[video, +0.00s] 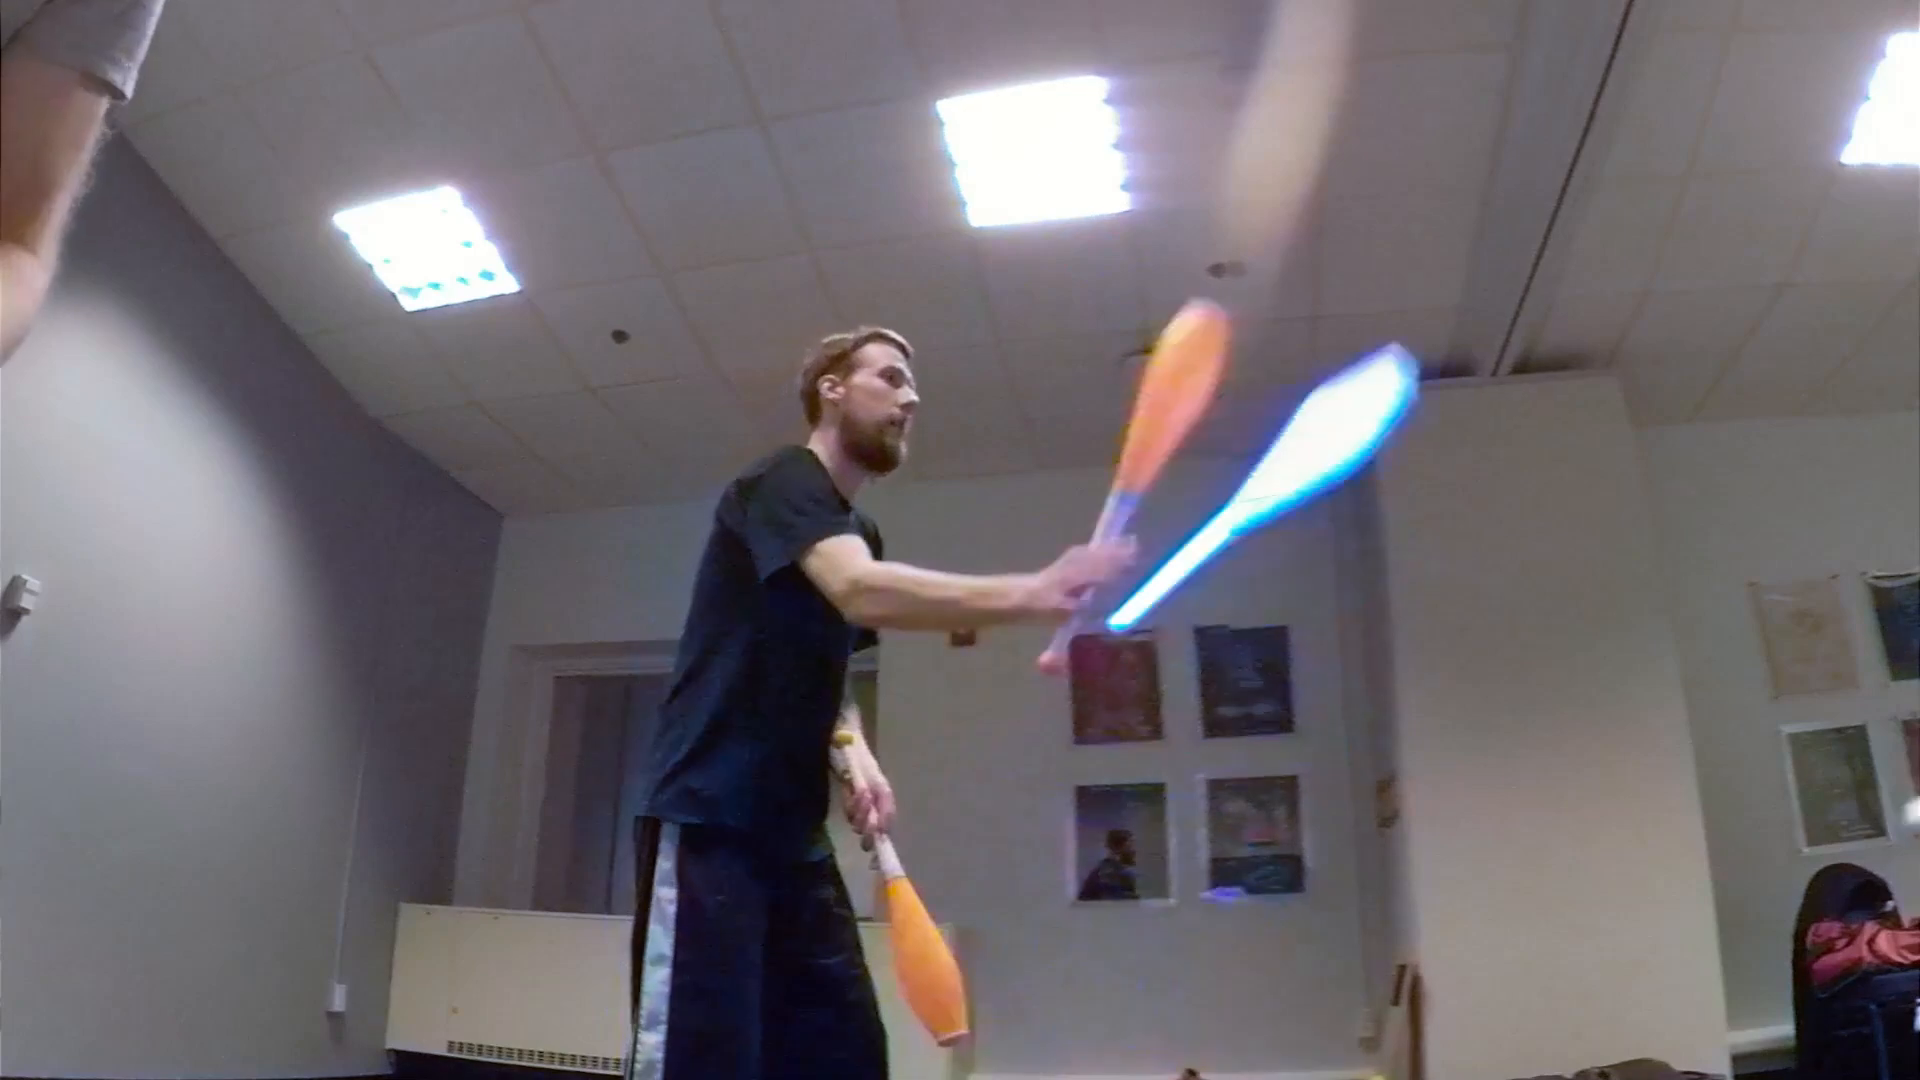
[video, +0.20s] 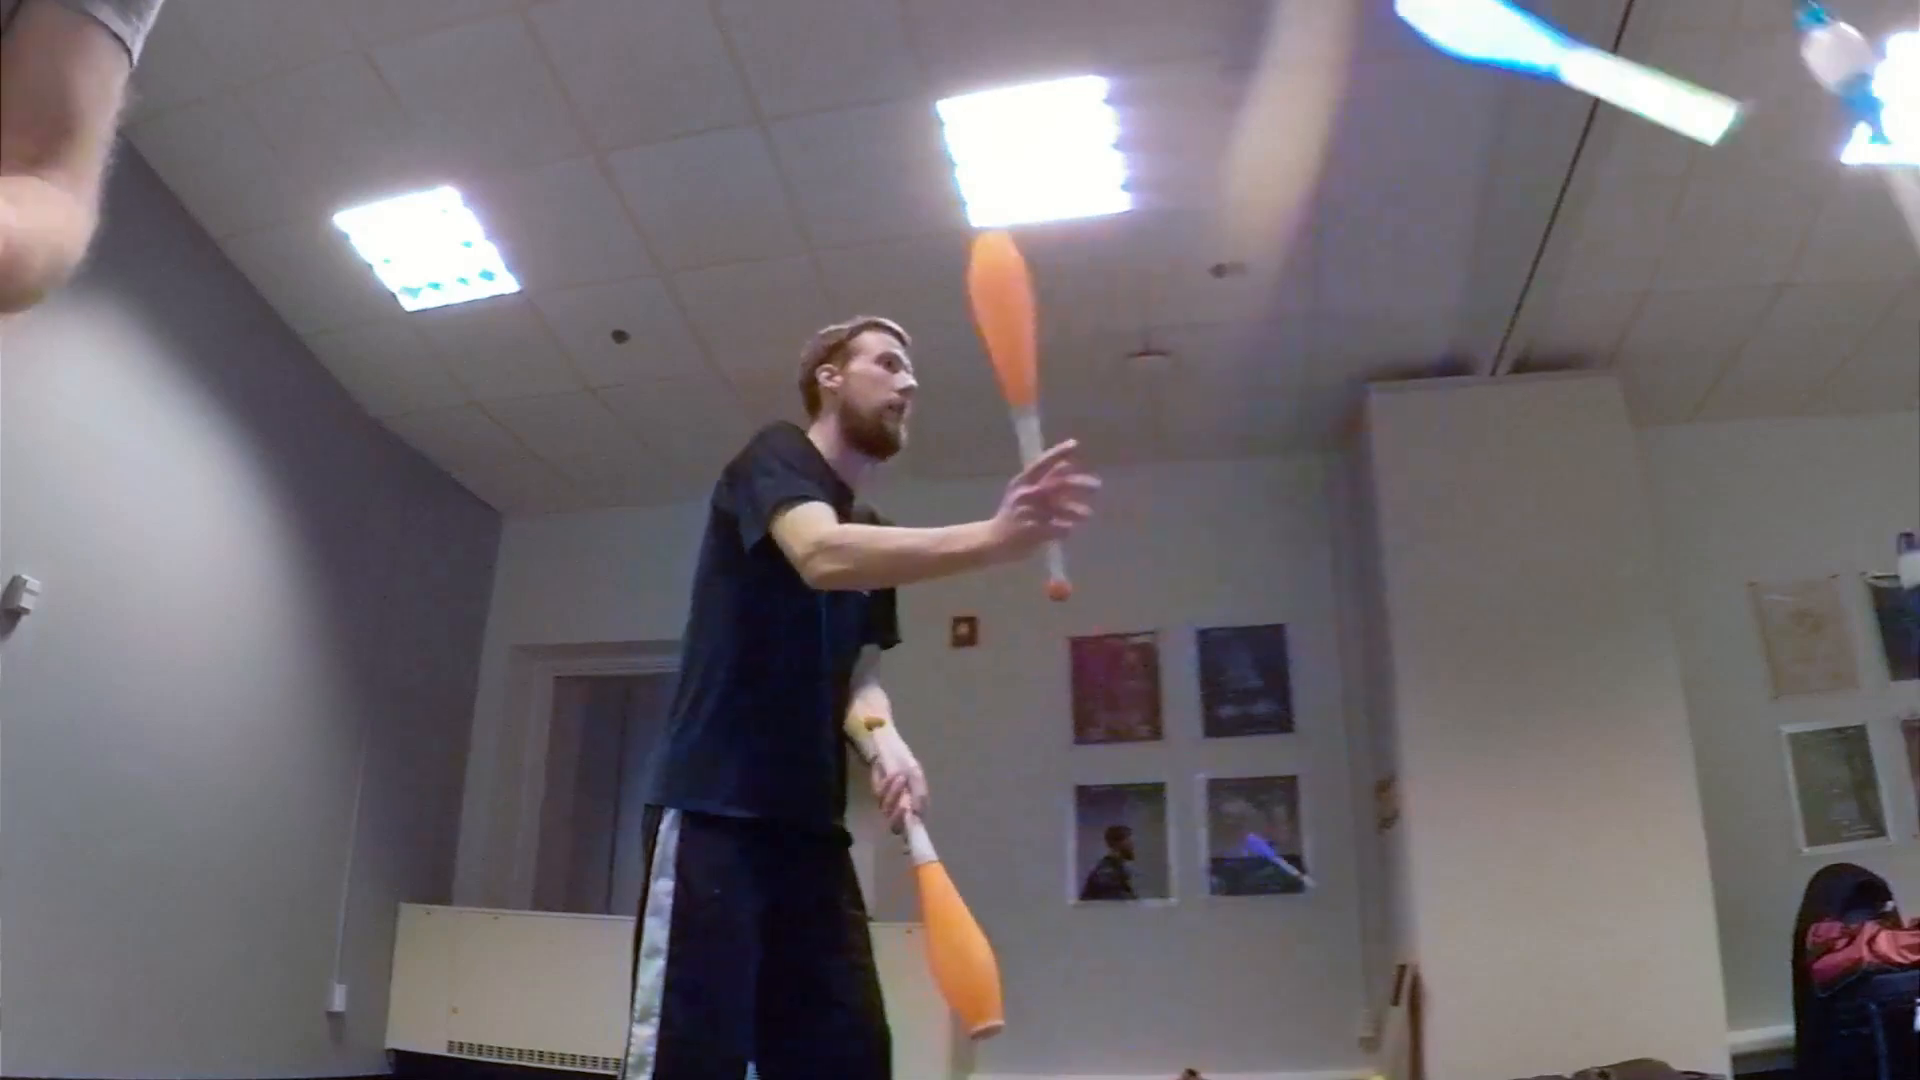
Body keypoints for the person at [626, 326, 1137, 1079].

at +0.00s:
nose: (910, 396)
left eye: (912, 386)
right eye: (889, 377)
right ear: (830, 391)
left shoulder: (848, 536)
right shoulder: (781, 481)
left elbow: (817, 678)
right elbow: (857, 588)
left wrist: (855, 758)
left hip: (788, 829)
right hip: (704, 821)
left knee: (842, 1050)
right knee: (698, 1055)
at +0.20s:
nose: (909, 385)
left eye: (911, 375)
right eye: (888, 363)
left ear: (904, 409)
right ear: (828, 376)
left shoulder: (868, 537)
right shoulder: (776, 453)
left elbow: (855, 679)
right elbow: (820, 555)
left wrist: (883, 740)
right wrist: (995, 535)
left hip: (809, 832)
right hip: (711, 821)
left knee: (843, 1056)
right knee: (691, 1057)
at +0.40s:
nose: (889, 367)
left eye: (890, 357)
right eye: (866, 350)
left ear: (885, 388)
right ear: (806, 369)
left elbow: (865, 674)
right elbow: (669, 607)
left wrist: (925, 659)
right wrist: (818, 657)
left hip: (816, 838)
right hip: (703, 827)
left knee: (875, 1049)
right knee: (681, 1058)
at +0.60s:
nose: (888, 371)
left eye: (886, 359)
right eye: (863, 352)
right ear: (804, 370)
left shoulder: (871, 524)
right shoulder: (741, 474)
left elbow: (966, 611)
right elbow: (667, 631)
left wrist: (1042, 501)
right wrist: (735, 779)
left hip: (832, 843)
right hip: (718, 831)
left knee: (892, 1053)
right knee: (681, 1060)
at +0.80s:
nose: (915, 384)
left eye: (913, 371)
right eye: (893, 365)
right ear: (835, 382)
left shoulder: (868, 533)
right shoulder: (809, 483)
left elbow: (977, 624)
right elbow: (792, 664)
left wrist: (1058, 521)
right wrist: (869, 835)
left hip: (846, 850)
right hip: (770, 841)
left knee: (934, 1050)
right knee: (742, 1064)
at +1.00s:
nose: (967, 396)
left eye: (964, 382)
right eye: (948, 376)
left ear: (899, 394)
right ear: (893, 387)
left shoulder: (869, 502)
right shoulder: (871, 477)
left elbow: (876, 700)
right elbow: (978, 627)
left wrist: (1016, 735)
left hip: (851, 840)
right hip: (786, 826)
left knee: (927, 1052)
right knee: (739, 1060)